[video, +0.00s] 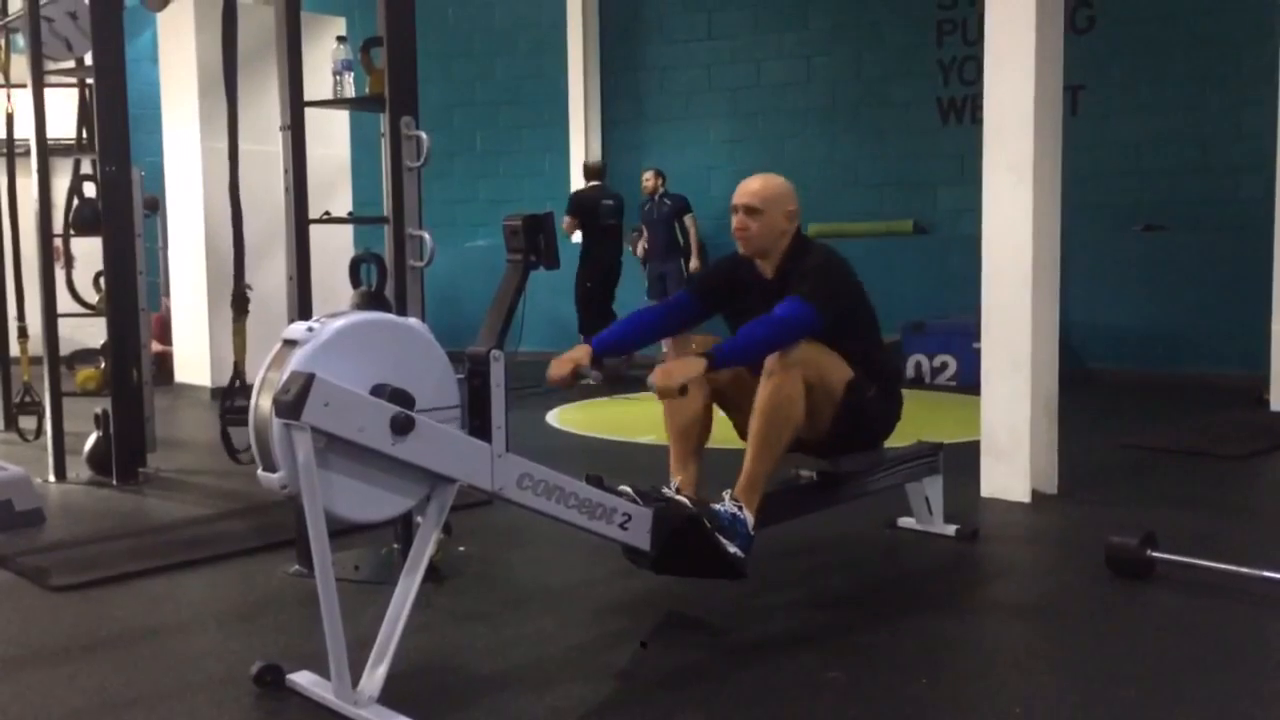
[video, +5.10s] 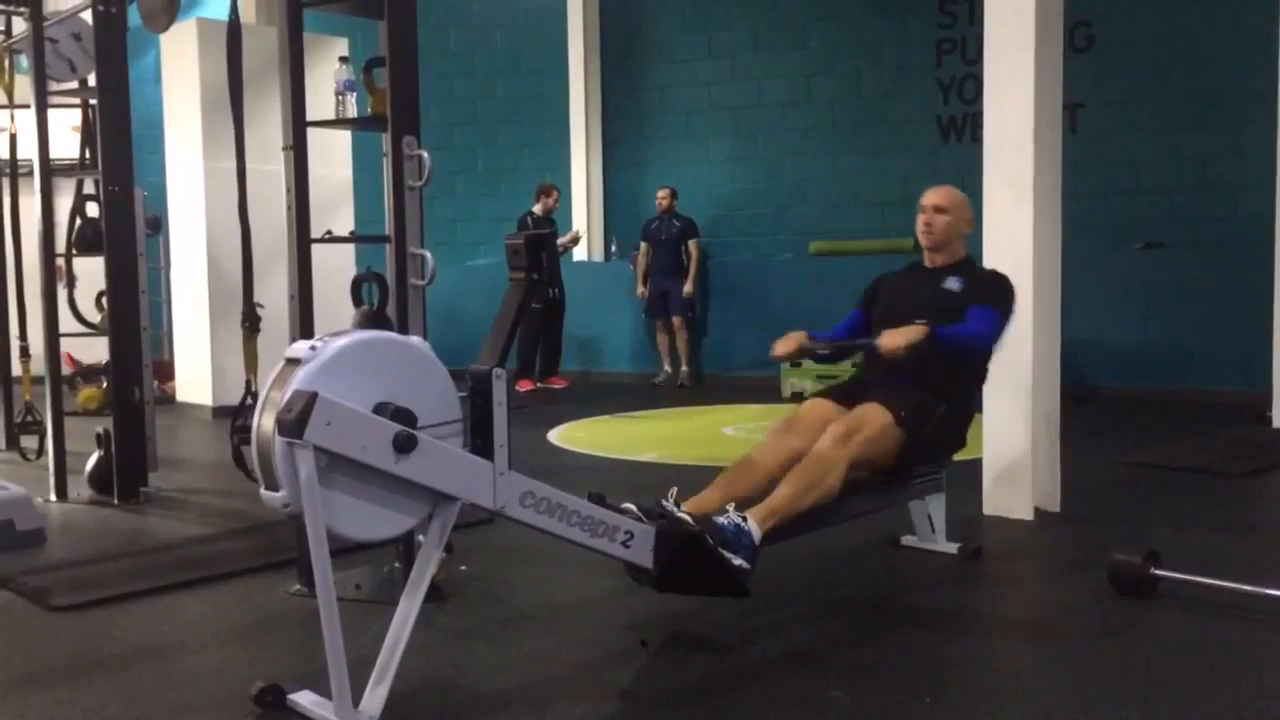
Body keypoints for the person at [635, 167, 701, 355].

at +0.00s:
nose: (644, 184)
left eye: (648, 180)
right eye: (643, 181)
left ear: (660, 181)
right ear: (644, 184)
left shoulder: (678, 201)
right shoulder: (645, 207)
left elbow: (691, 228)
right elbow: (646, 231)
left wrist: (694, 256)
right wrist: (642, 244)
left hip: (675, 259)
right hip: (654, 261)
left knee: (678, 303)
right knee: (658, 305)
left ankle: (682, 348)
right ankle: (666, 349)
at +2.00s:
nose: (656, 191)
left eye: (660, 187)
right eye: (654, 188)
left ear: (670, 190)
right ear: (653, 191)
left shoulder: (683, 212)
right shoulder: (648, 215)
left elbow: (692, 242)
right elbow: (641, 243)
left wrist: (688, 268)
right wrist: (638, 271)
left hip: (676, 271)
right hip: (654, 272)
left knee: (677, 313)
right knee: (660, 315)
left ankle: (684, 359)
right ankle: (666, 358)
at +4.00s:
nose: (660, 193)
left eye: (664, 189)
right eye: (659, 189)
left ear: (675, 192)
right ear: (657, 192)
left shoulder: (687, 215)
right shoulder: (651, 216)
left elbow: (696, 245)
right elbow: (644, 245)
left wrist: (691, 272)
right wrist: (641, 272)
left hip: (679, 272)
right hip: (657, 273)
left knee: (679, 314)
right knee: (661, 316)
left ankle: (685, 359)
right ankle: (667, 359)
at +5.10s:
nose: (659, 202)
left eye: (663, 199)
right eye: (657, 199)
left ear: (673, 201)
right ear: (656, 201)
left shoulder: (685, 224)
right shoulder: (649, 225)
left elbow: (694, 254)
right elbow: (642, 255)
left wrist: (690, 281)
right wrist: (640, 283)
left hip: (677, 281)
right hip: (655, 281)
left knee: (678, 323)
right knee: (661, 325)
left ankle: (684, 367)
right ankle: (666, 368)